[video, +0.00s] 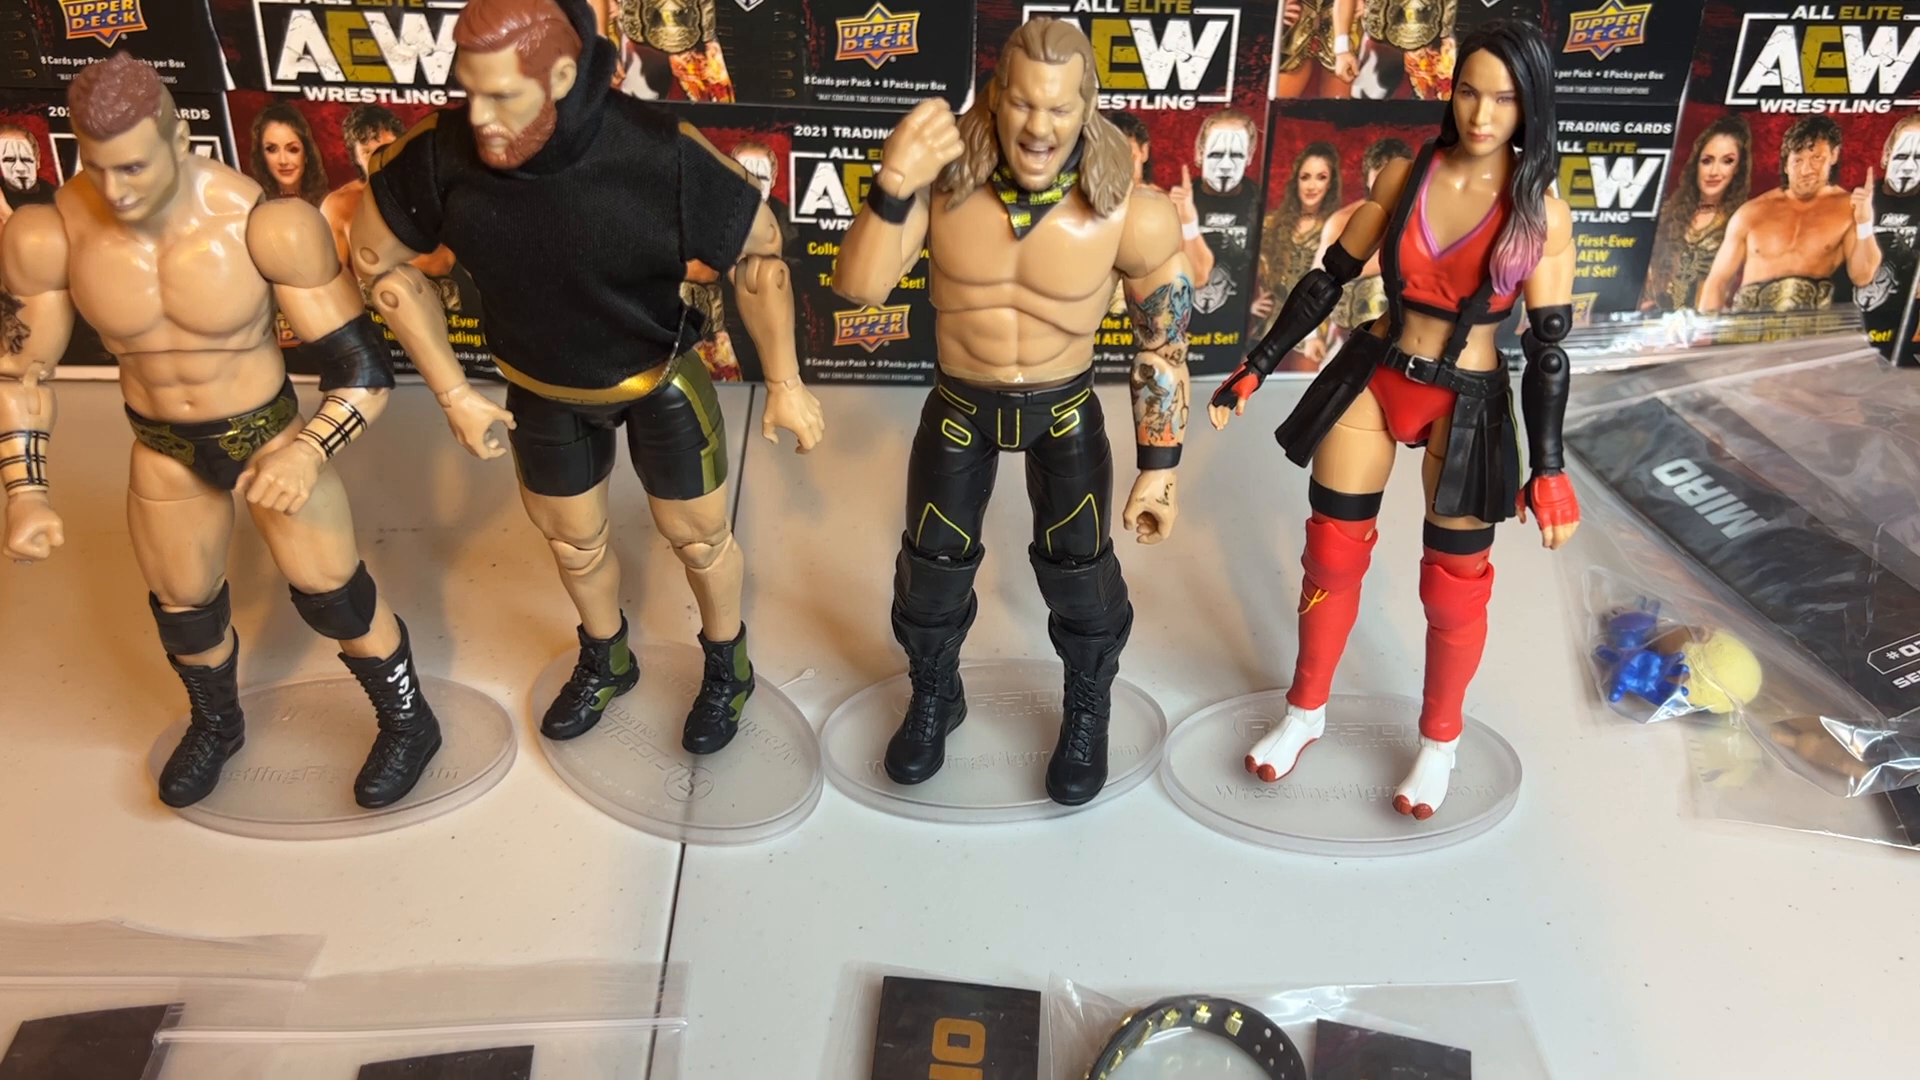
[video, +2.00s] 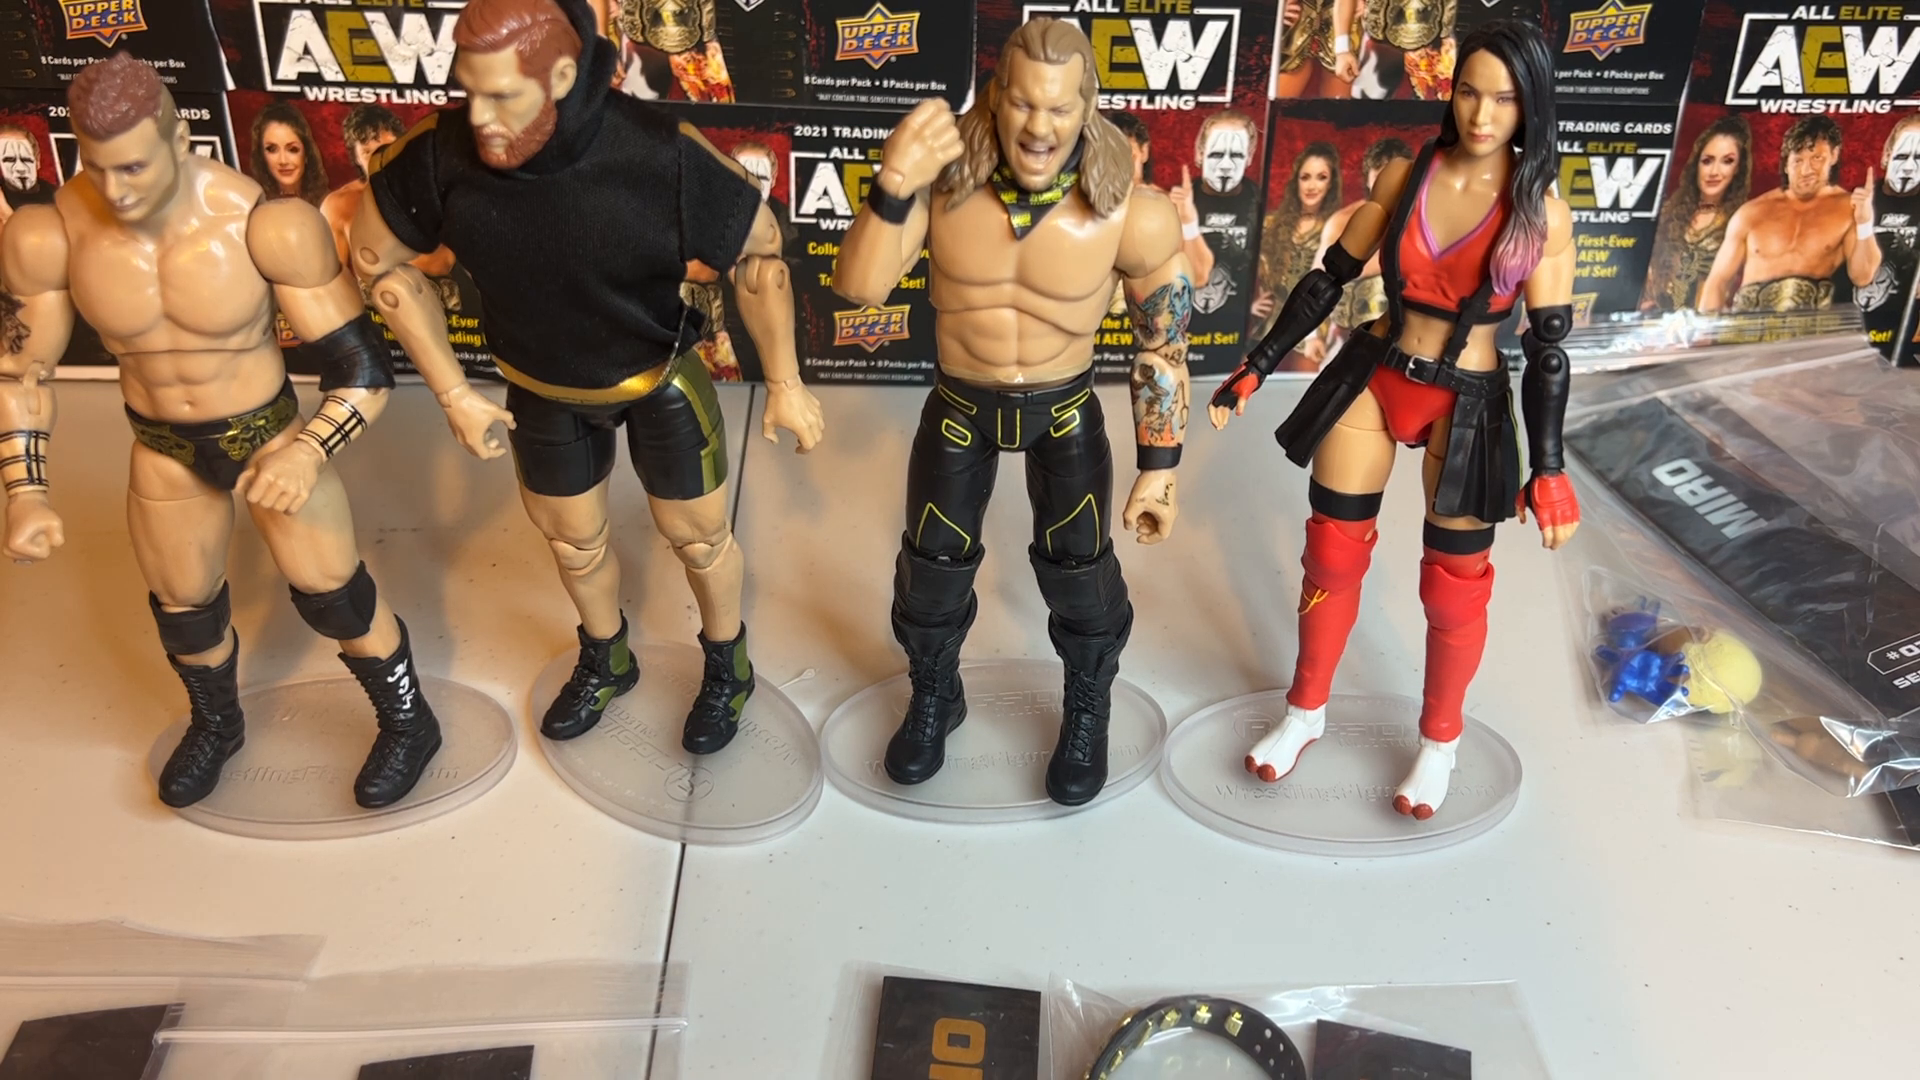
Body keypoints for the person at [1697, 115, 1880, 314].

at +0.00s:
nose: (1806, 169)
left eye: (1816, 158)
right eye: (1797, 160)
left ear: (1834, 156)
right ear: (1785, 163)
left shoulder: (1848, 207)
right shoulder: (1750, 212)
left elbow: (1862, 277)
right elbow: (1718, 282)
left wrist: (1864, 223)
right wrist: (1704, 336)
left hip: (1810, 316)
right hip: (1748, 314)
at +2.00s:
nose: (1806, 170)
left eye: (1817, 158)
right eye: (1798, 160)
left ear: (1834, 156)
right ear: (1785, 163)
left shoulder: (1848, 207)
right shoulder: (1751, 213)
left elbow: (1862, 277)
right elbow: (1718, 281)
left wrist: (1864, 223)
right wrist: (1704, 336)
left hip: (1810, 316)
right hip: (1748, 313)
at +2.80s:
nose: (1806, 170)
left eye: (1817, 158)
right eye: (1797, 160)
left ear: (1834, 156)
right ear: (1785, 163)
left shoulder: (1848, 207)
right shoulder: (1751, 212)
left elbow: (1862, 277)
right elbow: (1718, 281)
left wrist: (1864, 223)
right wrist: (1704, 335)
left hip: (1810, 314)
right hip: (1749, 312)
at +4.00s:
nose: (1806, 169)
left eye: (1817, 158)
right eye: (1798, 160)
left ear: (1834, 156)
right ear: (1785, 163)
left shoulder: (1848, 207)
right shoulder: (1751, 212)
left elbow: (1862, 277)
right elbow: (1718, 281)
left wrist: (1864, 223)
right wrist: (1704, 335)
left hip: (1810, 316)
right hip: (1749, 313)